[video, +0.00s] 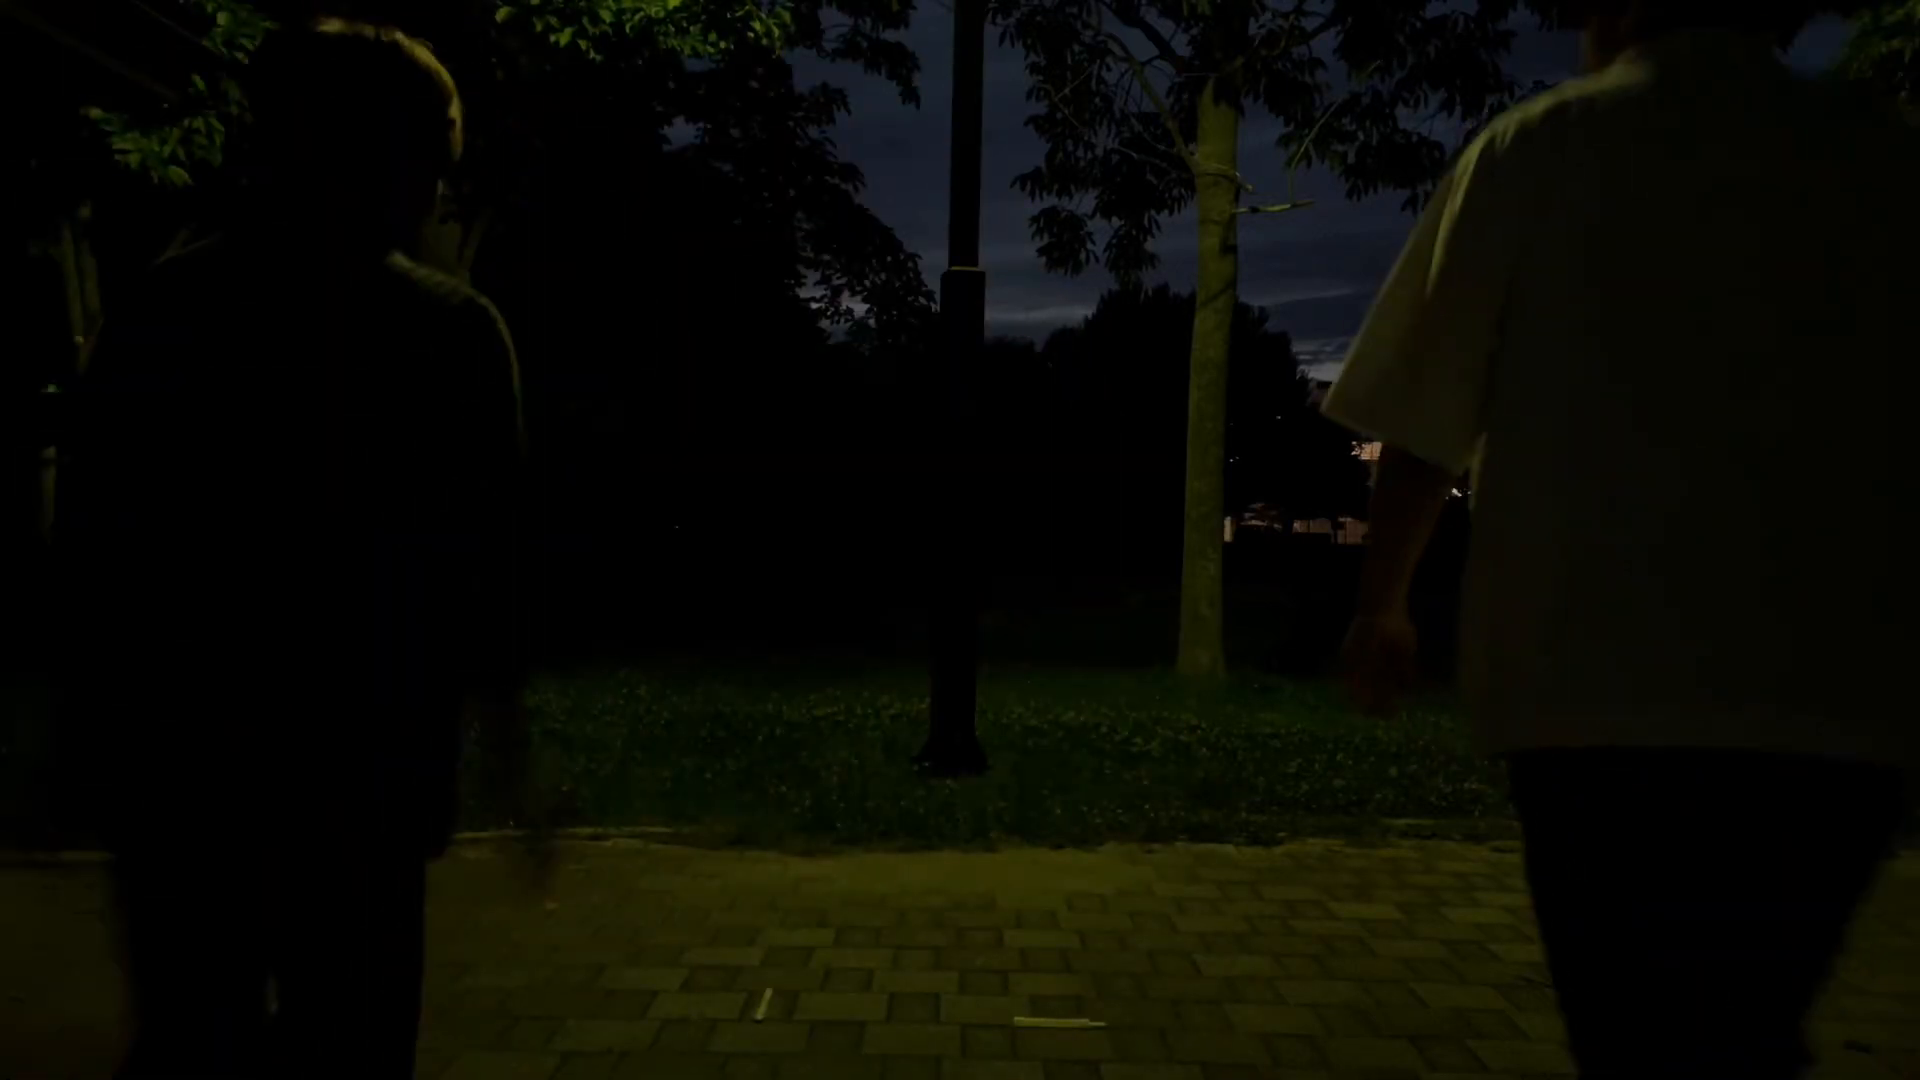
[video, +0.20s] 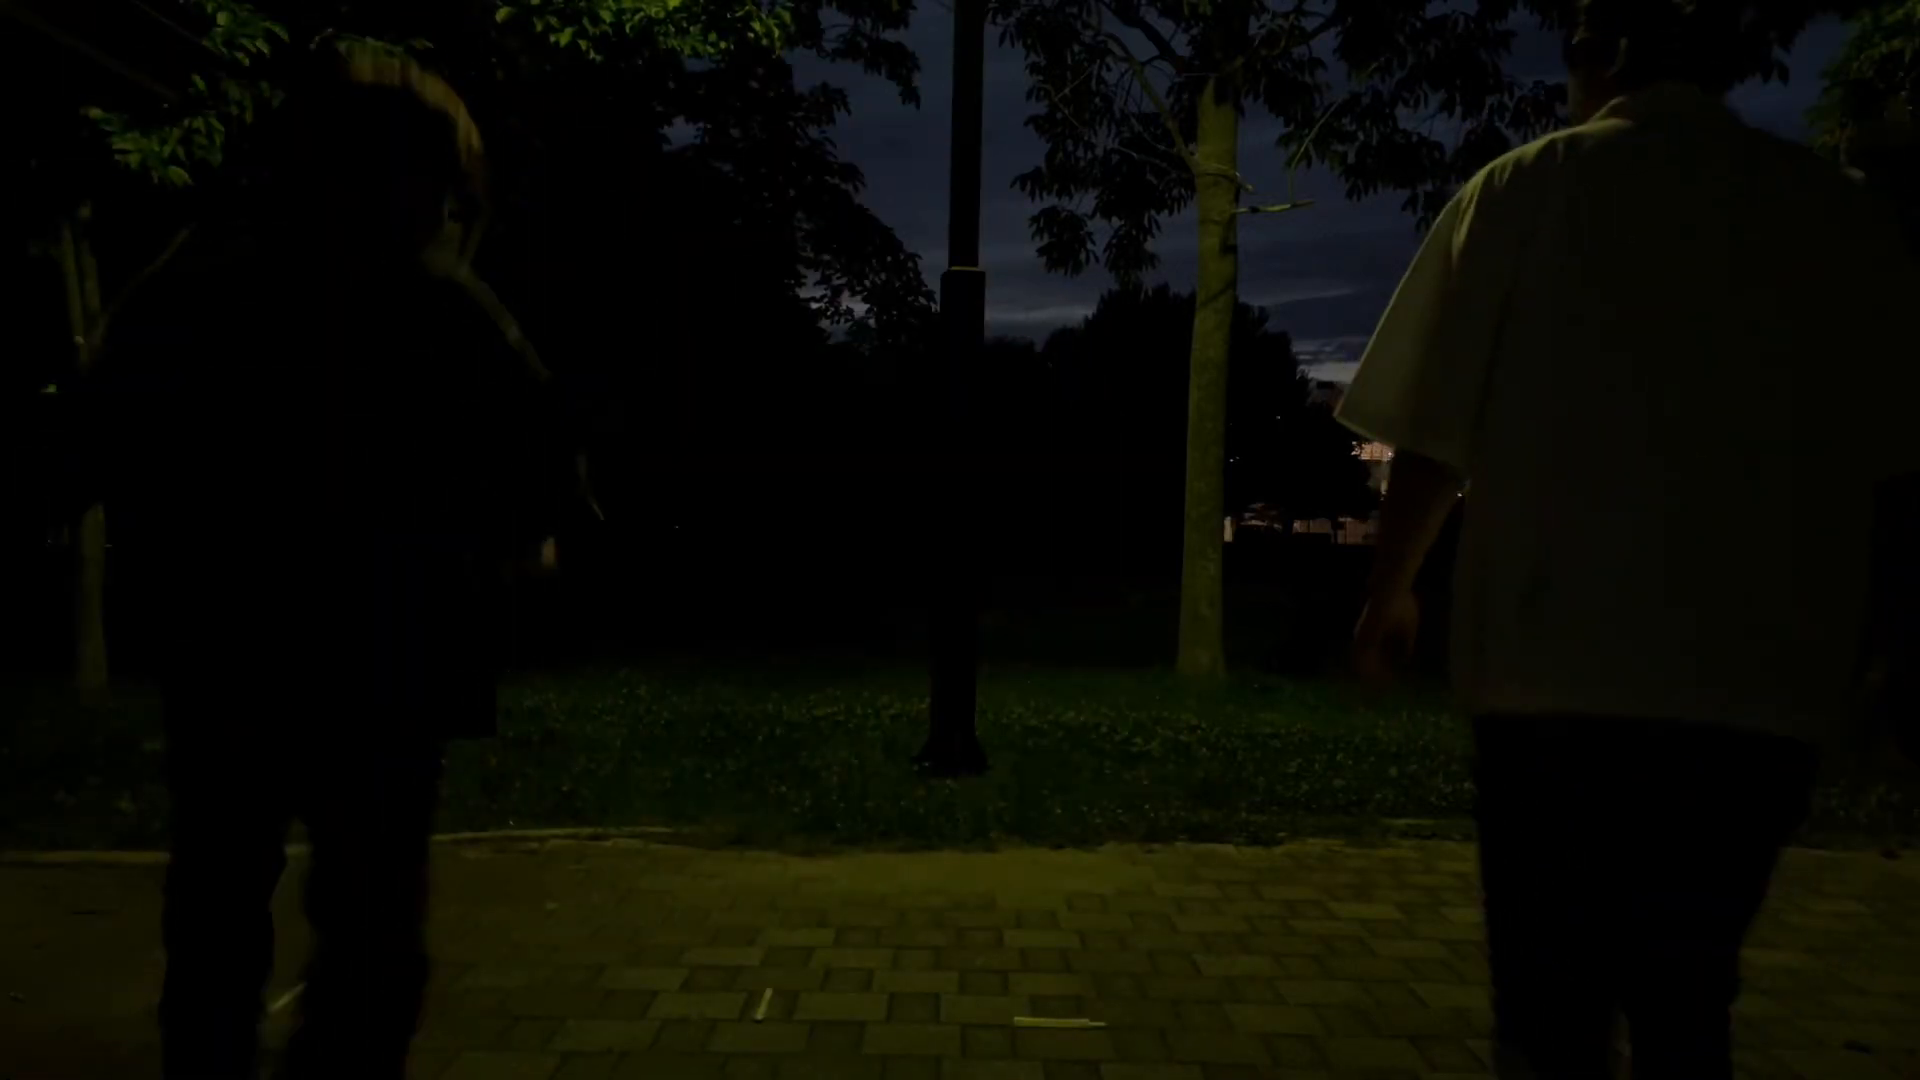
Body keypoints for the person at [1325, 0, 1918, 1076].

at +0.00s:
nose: (1578, 39)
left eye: (1583, 20)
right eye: (1583, 20)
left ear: (1612, 17)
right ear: (1761, 20)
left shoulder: (1537, 148)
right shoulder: (1866, 148)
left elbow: (1421, 423)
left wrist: (1383, 605)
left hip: (1586, 684)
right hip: (1844, 686)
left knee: (1633, 1042)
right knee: (1755, 1036)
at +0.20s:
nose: (1567, 79)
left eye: (1572, 53)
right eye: (1573, 54)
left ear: (1592, 50)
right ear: (1727, 59)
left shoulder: (1522, 192)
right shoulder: (1832, 203)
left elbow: (1435, 437)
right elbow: (1877, 449)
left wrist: (1390, 588)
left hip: (1554, 660)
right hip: (1767, 664)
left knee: (1548, 996)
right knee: (1693, 994)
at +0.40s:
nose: (1531, 102)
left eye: (1538, 82)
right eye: (1535, 83)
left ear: (1567, 78)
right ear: (1674, 81)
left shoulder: (1497, 197)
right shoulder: (1785, 207)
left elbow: (1429, 414)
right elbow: (1865, 419)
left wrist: (1390, 536)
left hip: (1523, 633)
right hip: (1727, 639)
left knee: (1491, 934)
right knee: (1668, 944)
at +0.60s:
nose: (1466, 158)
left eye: (1472, 142)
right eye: (1473, 144)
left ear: (1490, 137)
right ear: (1605, 132)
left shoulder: (1459, 242)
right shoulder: (1719, 247)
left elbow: (1374, 429)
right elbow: (1806, 426)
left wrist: (1494, 464)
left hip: (1493, 645)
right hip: (1678, 648)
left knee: (1466, 928)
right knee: (1645, 933)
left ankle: (1447, 1079)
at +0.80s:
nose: (1408, 200)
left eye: (1409, 185)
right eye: (1414, 186)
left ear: (1423, 181)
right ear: (1527, 168)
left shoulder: (1385, 281)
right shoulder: (1629, 265)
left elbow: (1312, 433)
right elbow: (1698, 415)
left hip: (1436, 646)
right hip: (1603, 641)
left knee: (1423, 900)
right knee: (1581, 898)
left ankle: (1425, 1072)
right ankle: (1619, 1078)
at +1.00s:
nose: (1370, 217)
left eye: (1371, 204)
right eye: (1369, 204)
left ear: (1394, 189)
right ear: (1485, 176)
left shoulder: (1361, 270)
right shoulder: (1575, 260)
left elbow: (1290, 406)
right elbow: (1613, 403)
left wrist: (1337, 273)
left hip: (1406, 614)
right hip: (1554, 609)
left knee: (1415, 848)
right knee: (1533, 822)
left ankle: (1423, 1058)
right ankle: (1553, 1037)